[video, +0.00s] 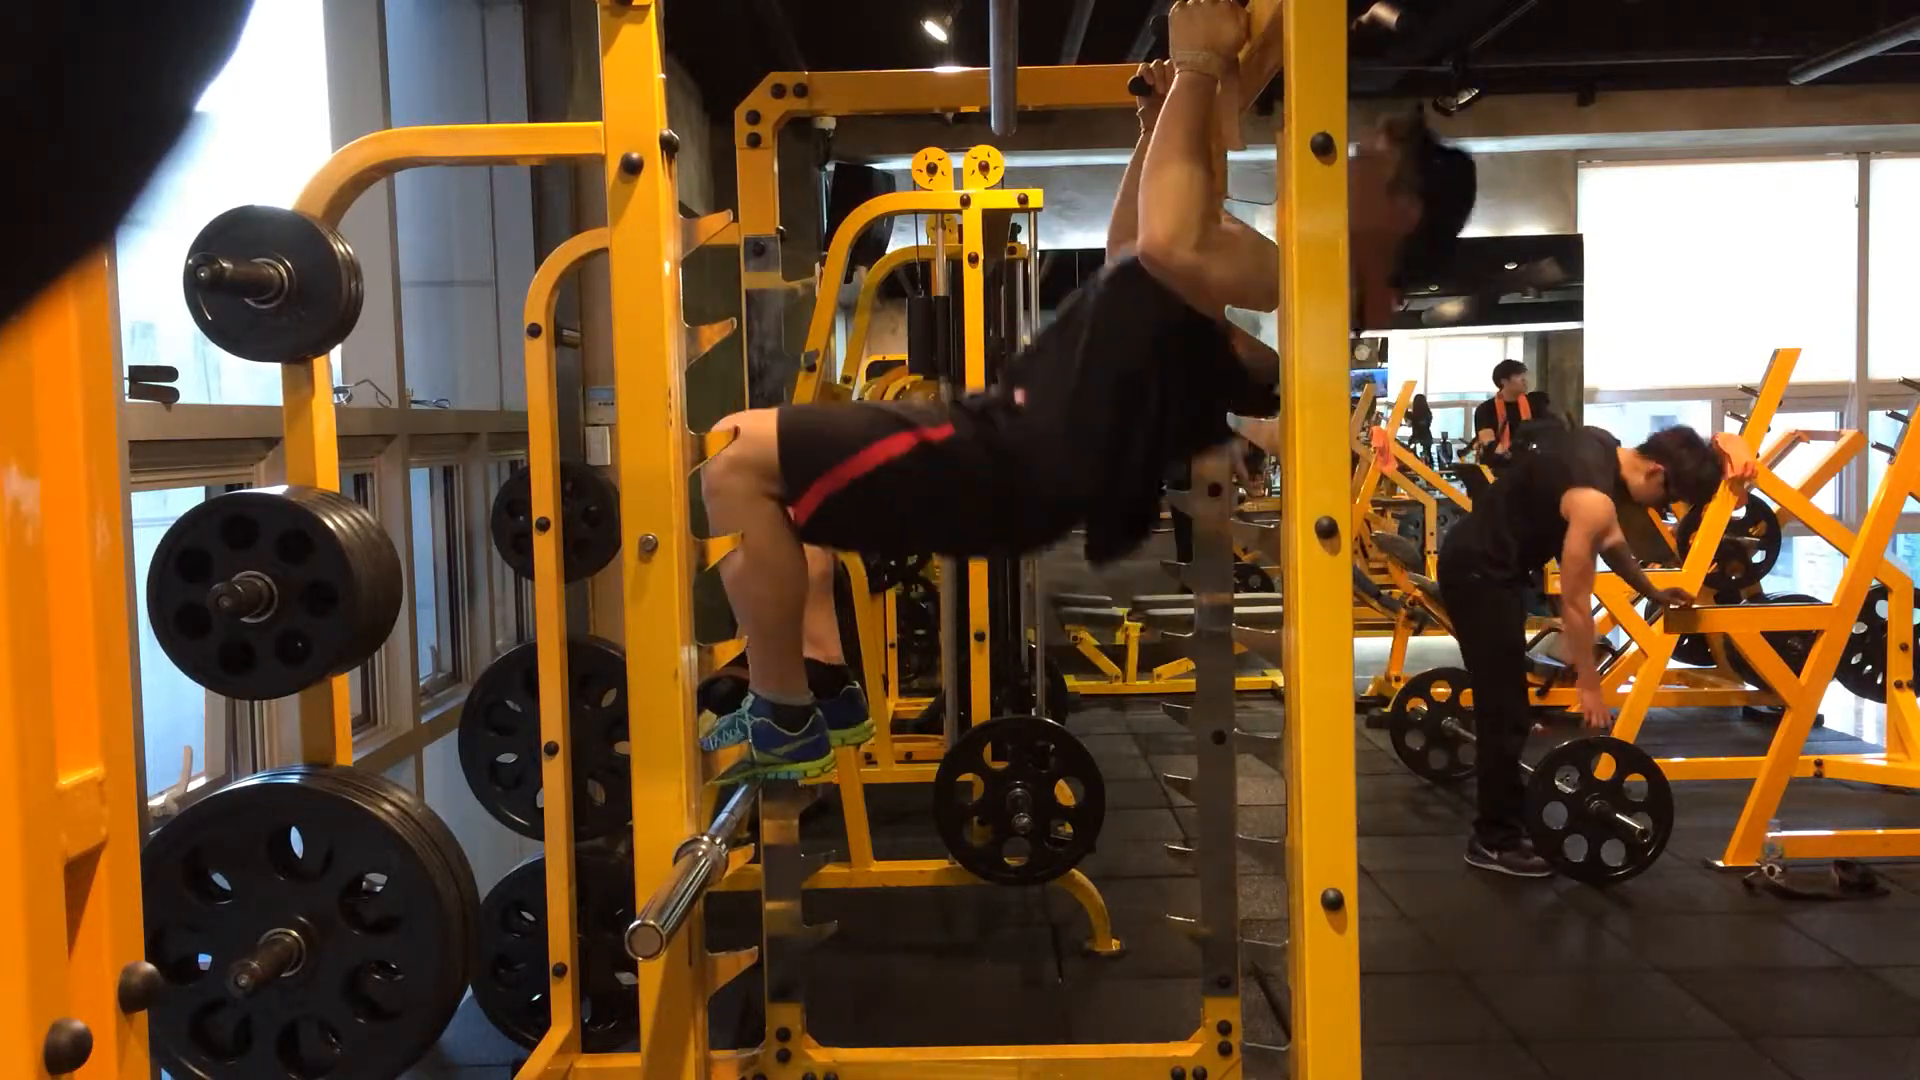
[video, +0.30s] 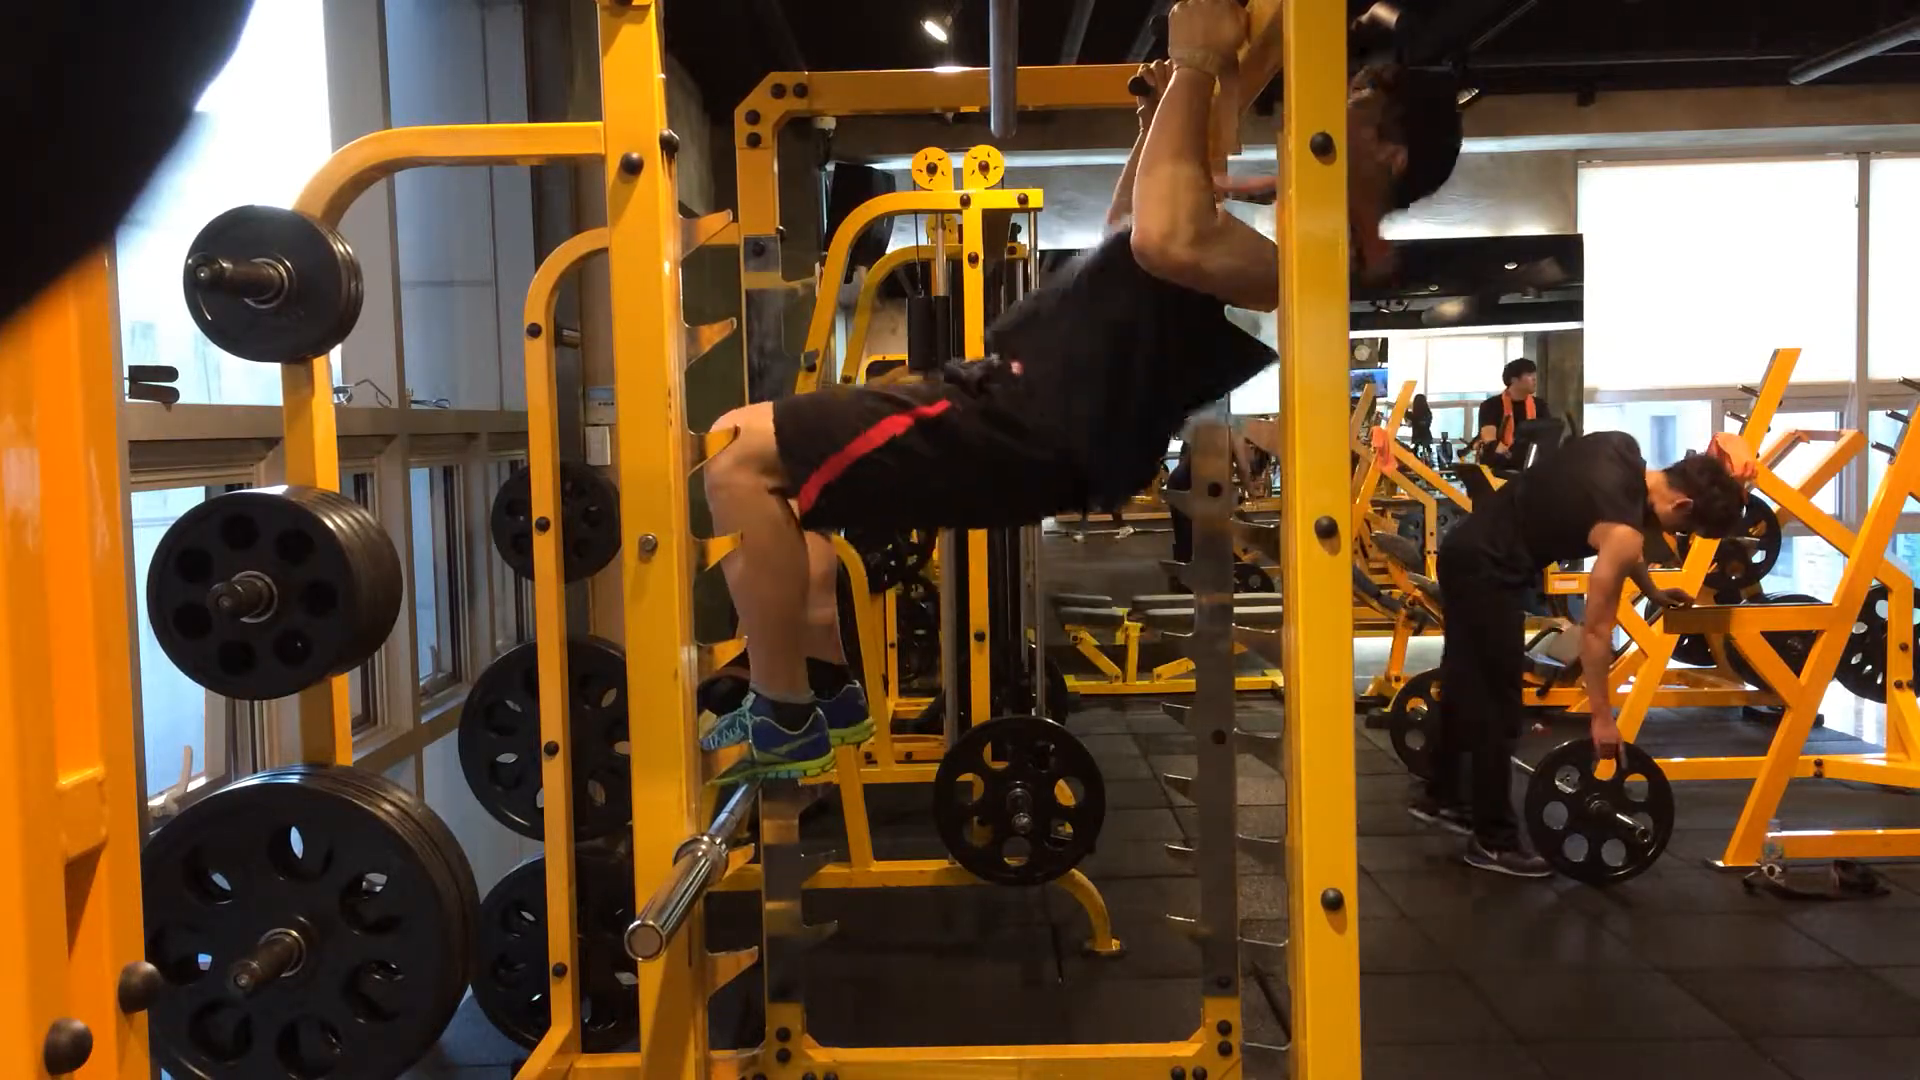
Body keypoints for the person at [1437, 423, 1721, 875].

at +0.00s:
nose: (1656, 503)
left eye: (1666, 498)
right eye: (1665, 496)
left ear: (1653, 461)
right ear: (1656, 471)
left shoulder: (1597, 447)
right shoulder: (1593, 502)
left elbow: (1609, 541)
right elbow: (1575, 604)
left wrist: (1651, 589)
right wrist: (1589, 685)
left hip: (1479, 559)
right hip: (1481, 573)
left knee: (1505, 702)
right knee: (1504, 708)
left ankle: (1502, 821)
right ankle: (1494, 838)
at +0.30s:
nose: (1680, 532)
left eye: (1690, 528)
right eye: (1687, 524)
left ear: (1677, 476)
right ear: (1682, 503)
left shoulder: (1618, 446)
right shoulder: (1624, 530)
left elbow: (1622, 540)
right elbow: (1595, 632)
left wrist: (1653, 591)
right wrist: (1602, 716)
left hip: (1465, 547)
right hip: (1489, 572)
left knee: (1462, 687)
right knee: (1498, 707)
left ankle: (1440, 795)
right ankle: (1493, 839)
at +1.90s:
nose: (1627, 498)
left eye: (1637, 496)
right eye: (1637, 493)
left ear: (1627, 448)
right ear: (1636, 470)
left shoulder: (1561, 437)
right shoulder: (1574, 499)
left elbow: (1606, 523)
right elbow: (1555, 599)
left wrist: (1647, 586)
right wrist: (1570, 691)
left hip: (1439, 561)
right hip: (1462, 579)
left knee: (1435, 694)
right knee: (1482, 709)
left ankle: (1399, 802)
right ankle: (1490, 838)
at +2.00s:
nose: (1618, 482)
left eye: (1627, 477)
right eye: (1626, 475)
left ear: (1613, 437)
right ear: (1623, 453)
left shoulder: (1549, 435)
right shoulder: (1562, 483)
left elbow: (1592, 526)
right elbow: (1547, 584)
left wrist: (1636, 578)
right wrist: (1566, 674)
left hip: (1433, 565)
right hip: (1462, 581)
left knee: (1433, 693)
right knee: (1483, 710)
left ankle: (1406, 807)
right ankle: (1490, 838)